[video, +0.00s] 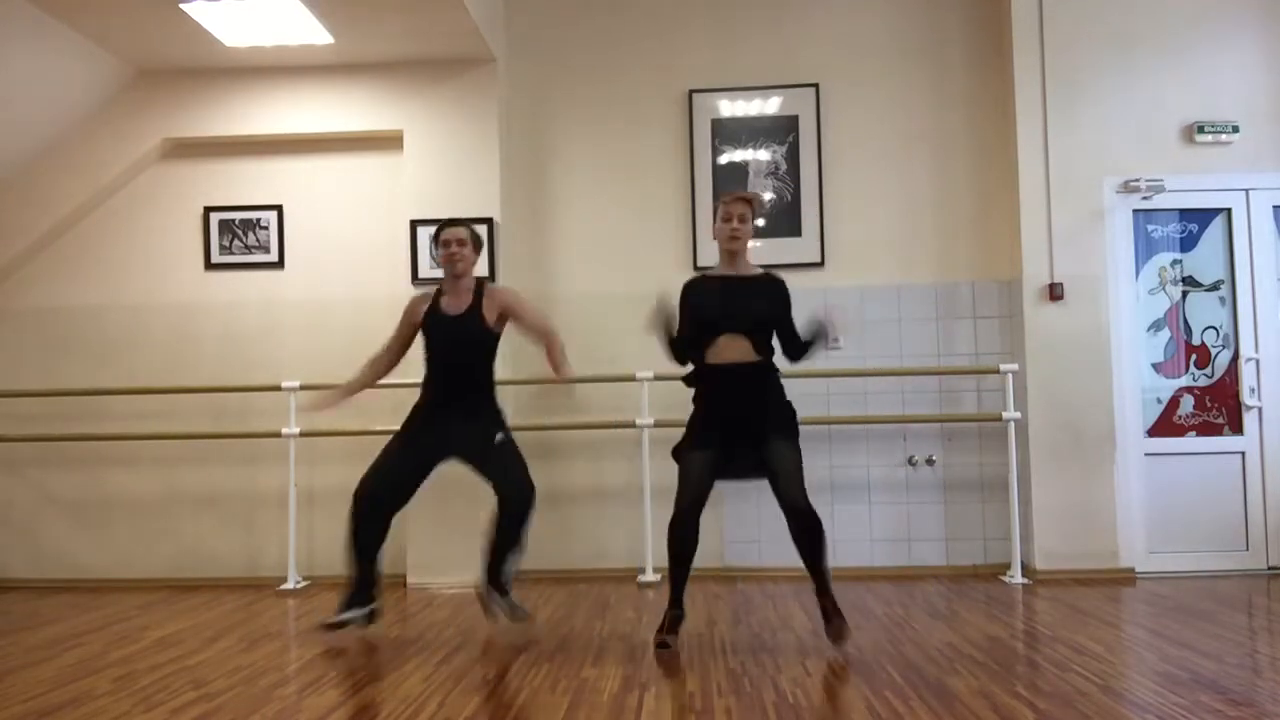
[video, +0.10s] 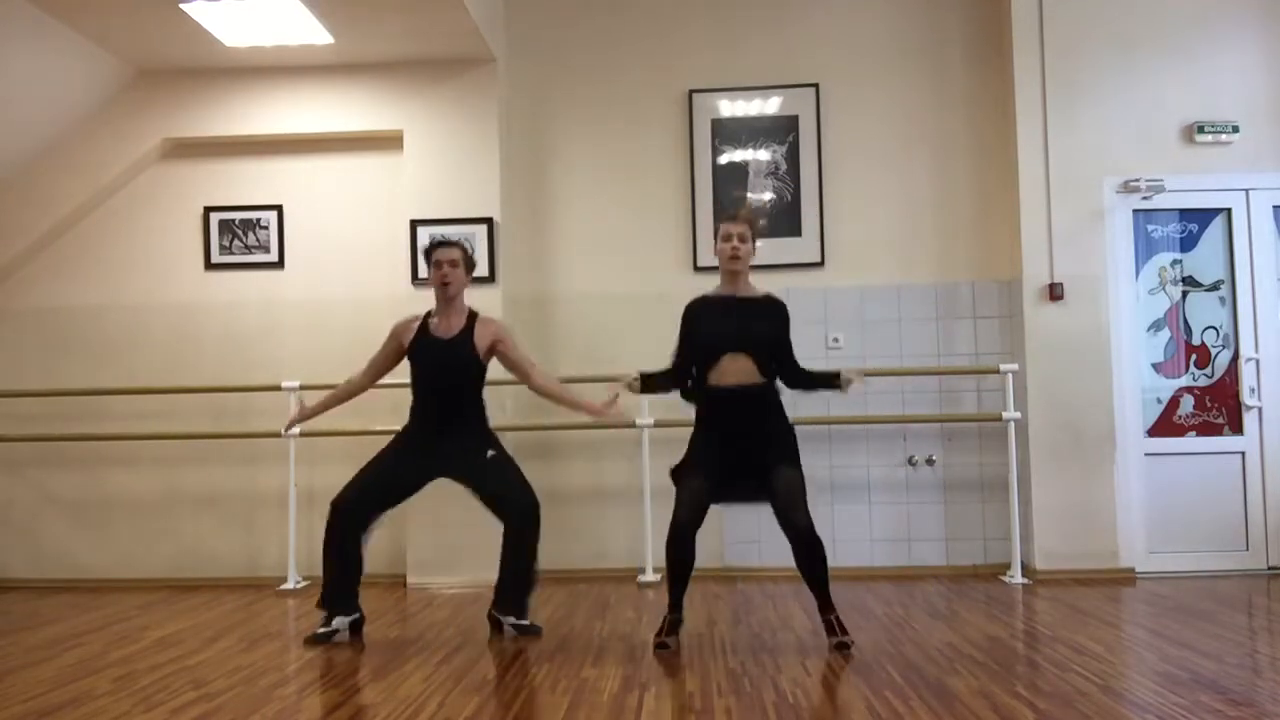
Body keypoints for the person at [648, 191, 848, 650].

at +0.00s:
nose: (733, 226)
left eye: (741, 220)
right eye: (726, 220)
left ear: (753, 229)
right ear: (714, 228)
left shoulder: (771, 286)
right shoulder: (696, 289)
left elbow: (793, 351)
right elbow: (684, 356)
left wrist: (819, 335)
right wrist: (667, 330)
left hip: (763, 399)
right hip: (711, 402)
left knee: (795, 502)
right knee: (686, 506)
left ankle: (826, 599)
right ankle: (674, 607)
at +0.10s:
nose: (733, 246)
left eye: (741, 240)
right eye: (726, 239)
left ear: (753, 249)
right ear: (715, 248)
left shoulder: (771, 308)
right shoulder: (698, 309)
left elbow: (791, 374)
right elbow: (679, 376)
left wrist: (835, 380)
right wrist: (641, 381)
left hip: (767, 423)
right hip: (713, 424)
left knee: (797, 520)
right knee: (683, 519)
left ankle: (829, 613)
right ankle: (673, 615)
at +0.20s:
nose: (736, 255)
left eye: (744, 248)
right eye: (728, 248)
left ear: (755, 259)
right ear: (717, 258)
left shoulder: (773, 317)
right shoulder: (700, 318)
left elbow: (793, 382)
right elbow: (683, 382)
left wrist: (829, 385)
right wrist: (652, 392)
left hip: (766, 430)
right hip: (714, 431)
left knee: (799, 526)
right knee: (682, 526)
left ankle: (829, 615)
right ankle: (675, 615)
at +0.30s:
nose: (736, 255)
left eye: (744, 248)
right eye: (728, 248)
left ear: (755, 258)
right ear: (717, 258)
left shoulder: (773, 317)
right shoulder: (699, 316)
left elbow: (792, 383)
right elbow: (684, 381)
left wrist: (829, 380)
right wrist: (656, 385)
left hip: (765, 428)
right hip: (712, 430)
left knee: (799, 523)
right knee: (683, 526)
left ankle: (829, 615)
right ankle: (675, 615)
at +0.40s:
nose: (737, 254)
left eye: (744, 248)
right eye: (728, 248)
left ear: (755, 259)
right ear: (716, 258)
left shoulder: (773, 316)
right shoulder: (699, 316)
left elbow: (790, 382)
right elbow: (685, 379)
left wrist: (827, 379)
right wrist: (658, 385)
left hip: (765, 430)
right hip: (713, 432)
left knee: (802, 524)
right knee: (682, 526)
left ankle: (830, 614)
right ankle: (676, 615)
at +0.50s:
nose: (737, 253)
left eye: (745, 247)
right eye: (729, 247)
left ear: (756, 258)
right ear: (717, 257)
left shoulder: (774, 315)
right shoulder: (700, 315)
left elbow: (789, 381)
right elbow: (689, 379)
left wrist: (828, 377)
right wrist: (658, 381)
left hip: (766, 428)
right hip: (714, 430)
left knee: (805, 521)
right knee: (683, 526)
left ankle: (830, 614)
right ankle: (676, 614)